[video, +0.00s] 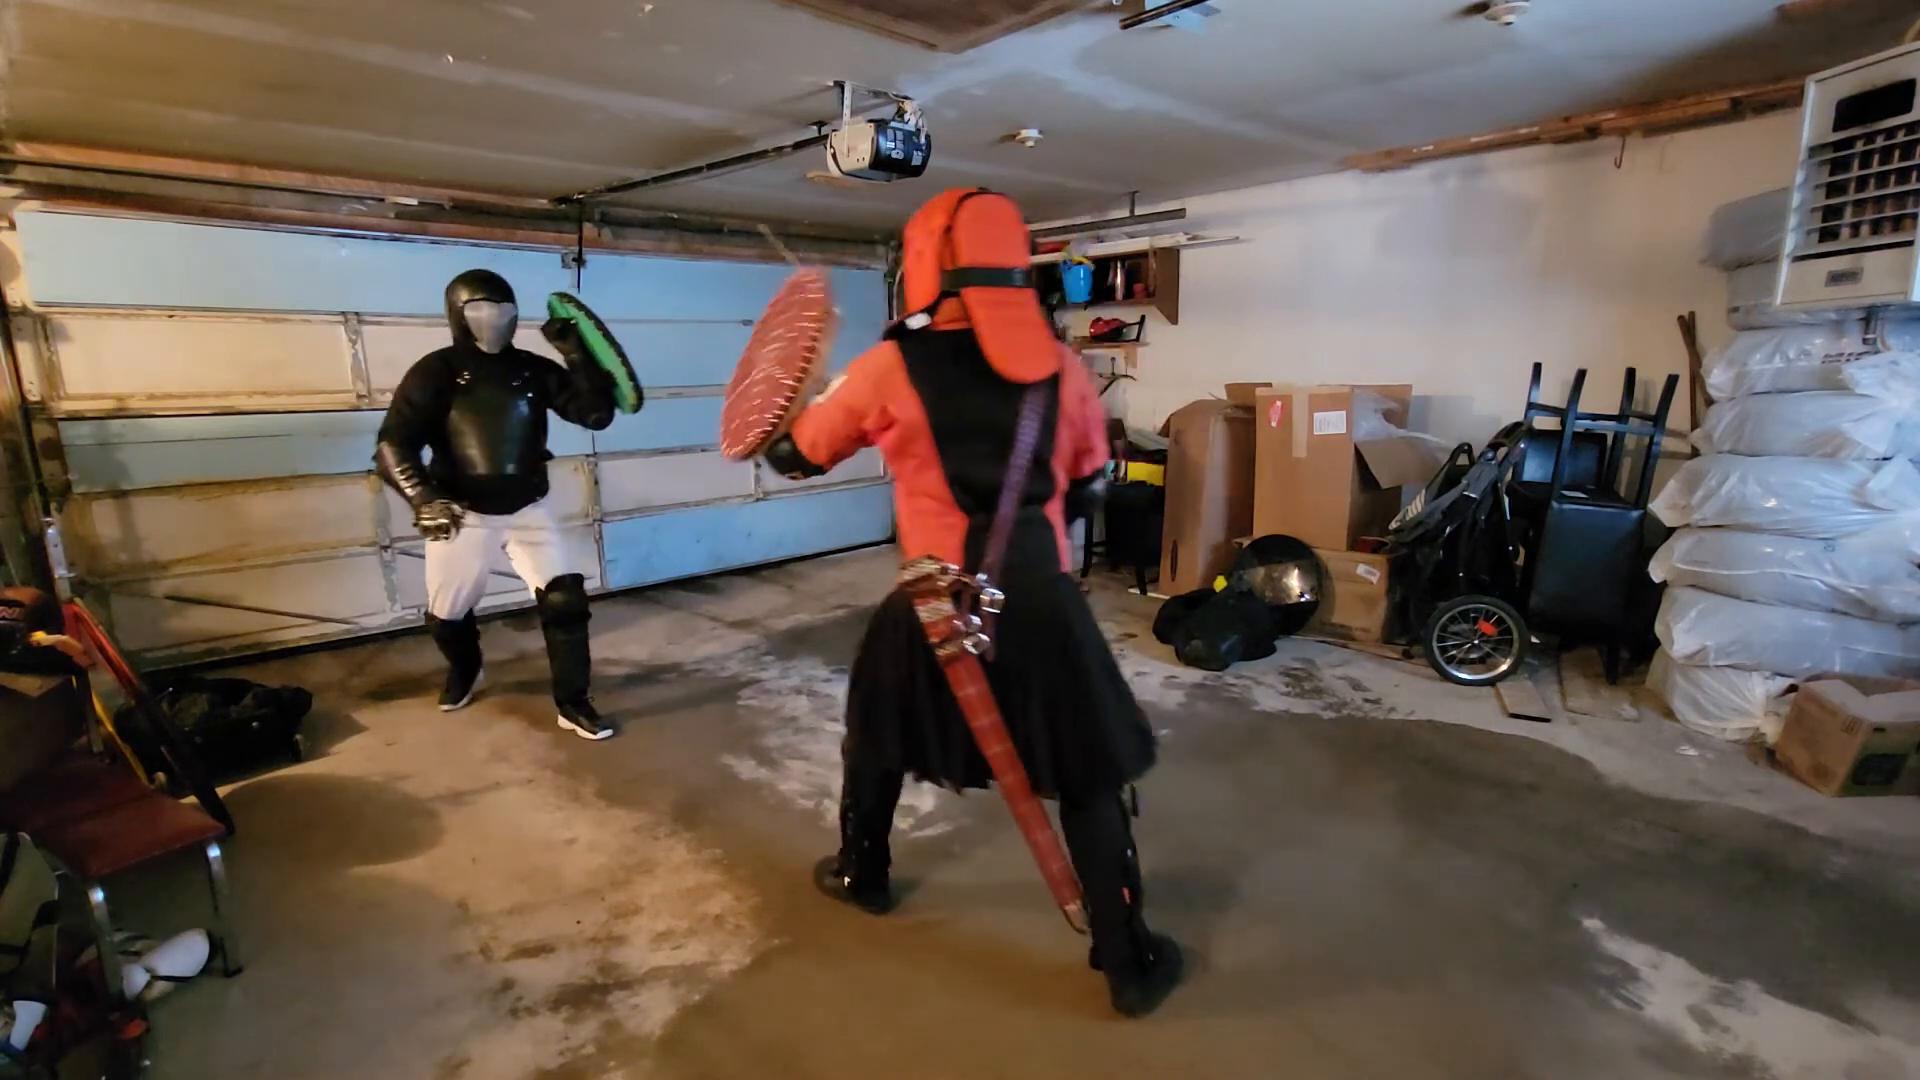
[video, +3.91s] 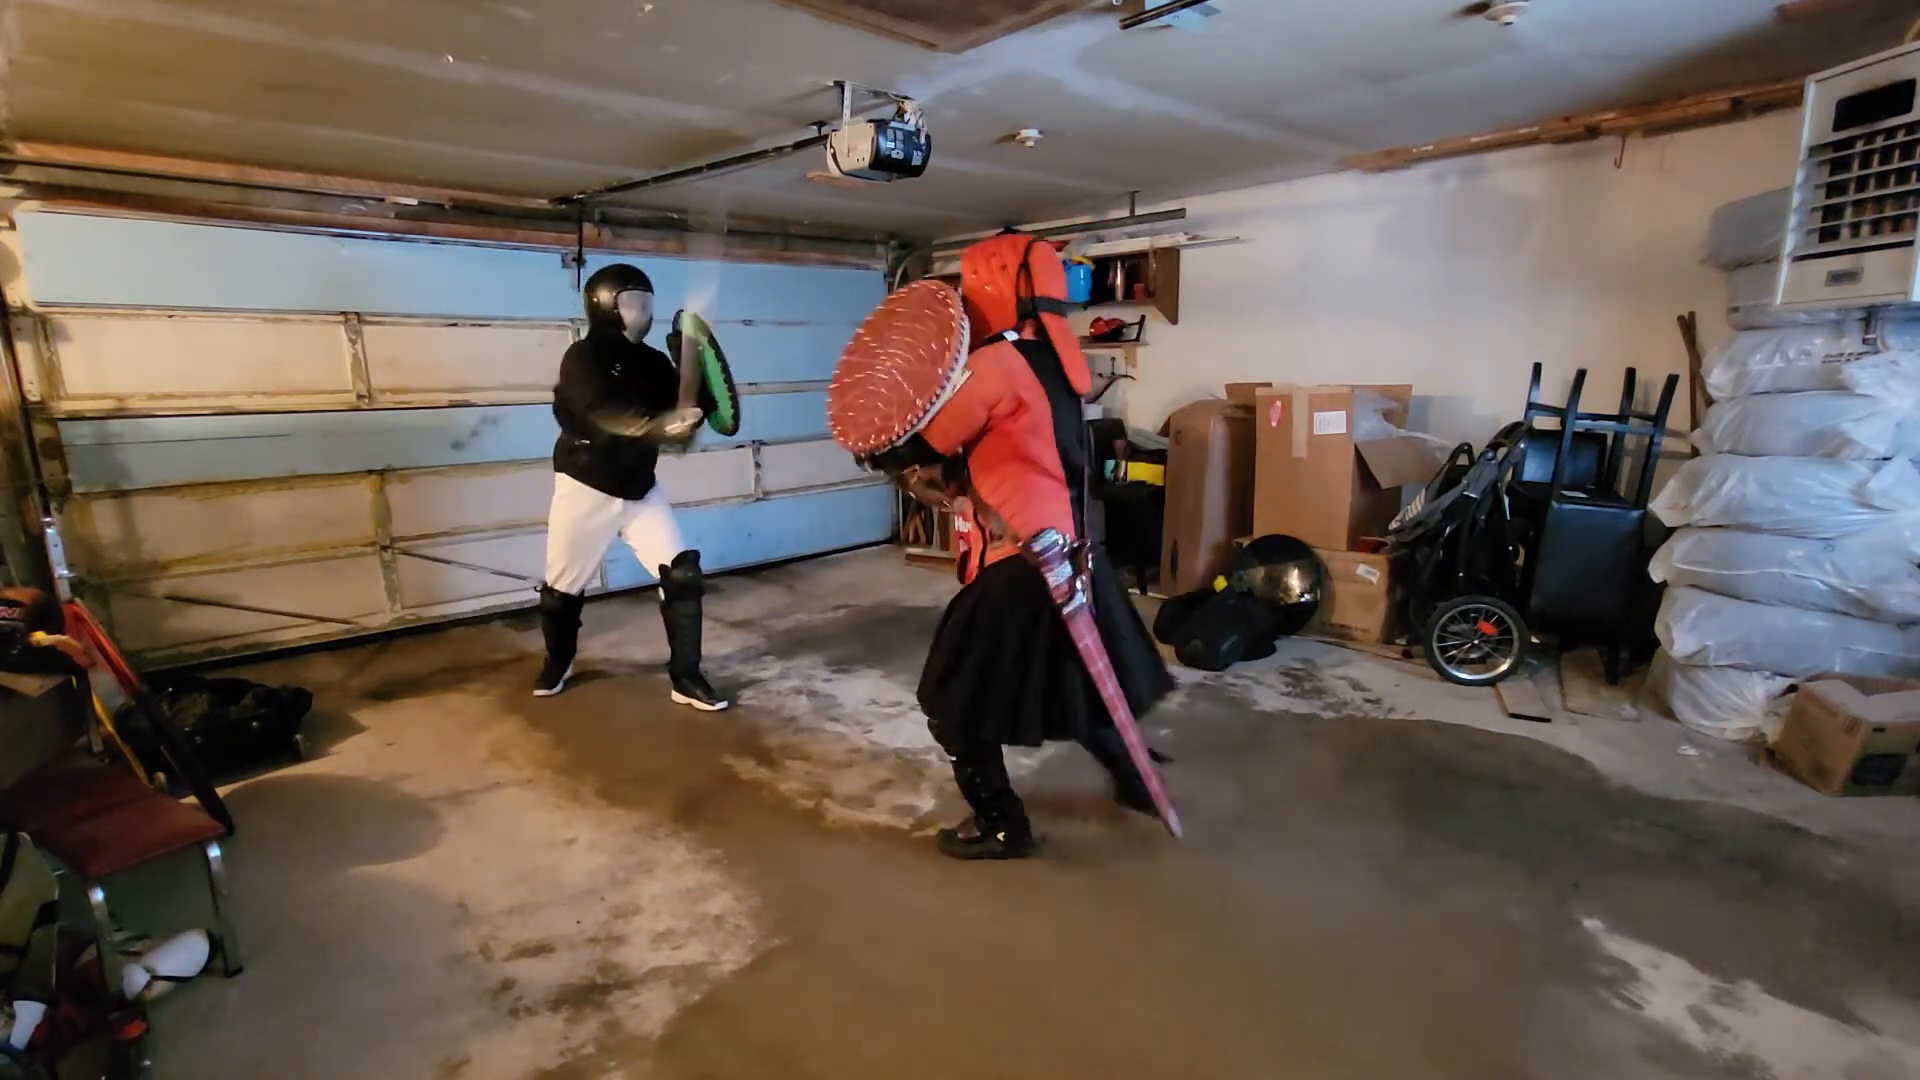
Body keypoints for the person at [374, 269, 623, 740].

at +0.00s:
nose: (497, 316)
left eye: (503, 305)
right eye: (483, 306)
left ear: (514, 311)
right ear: (460, 315)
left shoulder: (536, 371)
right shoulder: (436, 373)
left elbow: (597, 412)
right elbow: (393, 445)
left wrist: (575, 353)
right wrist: (422, 499)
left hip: (529, 514)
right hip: (460, 516)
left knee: (566, 600)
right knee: (446, 616)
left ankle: (572, 702)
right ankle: (465, 668)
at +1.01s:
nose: (488, 307)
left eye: (492, 297)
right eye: (475, 299)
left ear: (500, 301)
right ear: (452, 307)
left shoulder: (520, 356)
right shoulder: (428, 364)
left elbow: (581, 398)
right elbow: (382, 434)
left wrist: (557, 342)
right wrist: (416, 473)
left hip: (522, 493)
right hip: (458, 497)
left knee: (580, 573)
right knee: (451, 601)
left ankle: (628, 658)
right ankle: (468, 676)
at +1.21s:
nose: (535, 303)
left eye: (536, 295)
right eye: (524, 296)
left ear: (540, 302)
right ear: (498, 305)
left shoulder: (560, 357)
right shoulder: (469, 362)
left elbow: (616, 397)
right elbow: (429, 432)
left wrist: (588, 337)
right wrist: (458, 475)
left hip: (559, 490)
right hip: (494, 493)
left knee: (613, 570)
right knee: (472, 593)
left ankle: (641, 663)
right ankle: (469, 675)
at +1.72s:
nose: (593, 328)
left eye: (596, 319)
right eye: (582, 319)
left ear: (601, 326)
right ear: (556, 325)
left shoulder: (604, 381)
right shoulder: (523, 376)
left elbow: (654, 430)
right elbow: (481, 447)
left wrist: (642, 373)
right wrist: (520, 500)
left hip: (583, 504)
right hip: (522, 503)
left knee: (636, 573)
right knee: (490, 593)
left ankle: (642, 663)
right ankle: (477, 666)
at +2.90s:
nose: (601, 306)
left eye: (603, 297)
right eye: (591, 297)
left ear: (604, 301)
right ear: (563, 302)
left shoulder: (622, 362)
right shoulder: (535, 362)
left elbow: (674, 410)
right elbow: (513, 442)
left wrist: (669, 358)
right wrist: (554, 456)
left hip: (619, 494)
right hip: (556, 496)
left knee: (665, 573)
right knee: (539, 592)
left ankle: (685, 675)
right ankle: (534, 666)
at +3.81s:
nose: (643, 307)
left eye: (644, 298)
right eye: (633, 298)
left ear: (643, 304)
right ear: (603, 302)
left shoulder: (652, 362)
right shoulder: (570, 362)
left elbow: (694, 420)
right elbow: (547, 440)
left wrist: (695, 365)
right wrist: (603, 457)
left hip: (640, 494)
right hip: (581, 493)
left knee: (681, 576)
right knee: (558, 594)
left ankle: (686, 678)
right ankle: (556, 662)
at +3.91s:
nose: (649, 310)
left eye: (649, 301)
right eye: (640, 301)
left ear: (636, 308)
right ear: (610, 304)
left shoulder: (655, 363)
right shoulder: (583, 358)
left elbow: (688, 403)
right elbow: (595, 416)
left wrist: (693, 353)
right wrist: (656, 427)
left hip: (640, 492)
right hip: (584, 490)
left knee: (682, 573)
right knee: (561, 589)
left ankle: (686, 677)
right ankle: (558, 663)